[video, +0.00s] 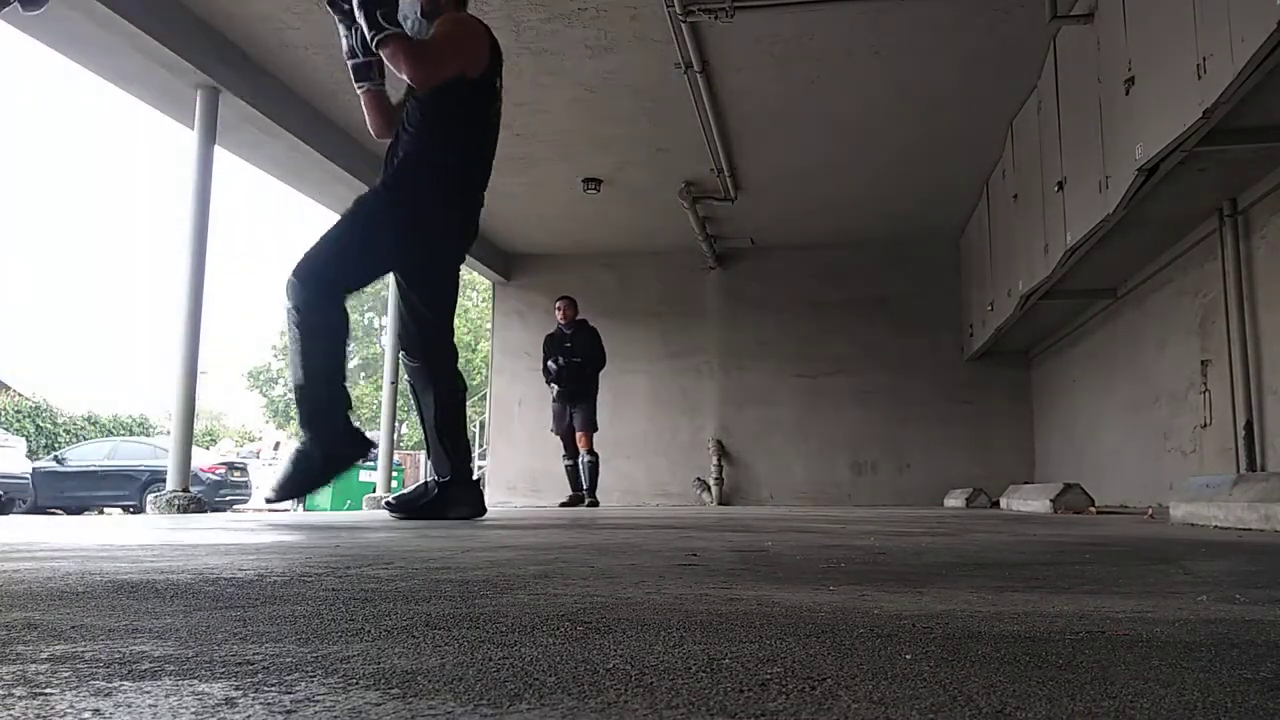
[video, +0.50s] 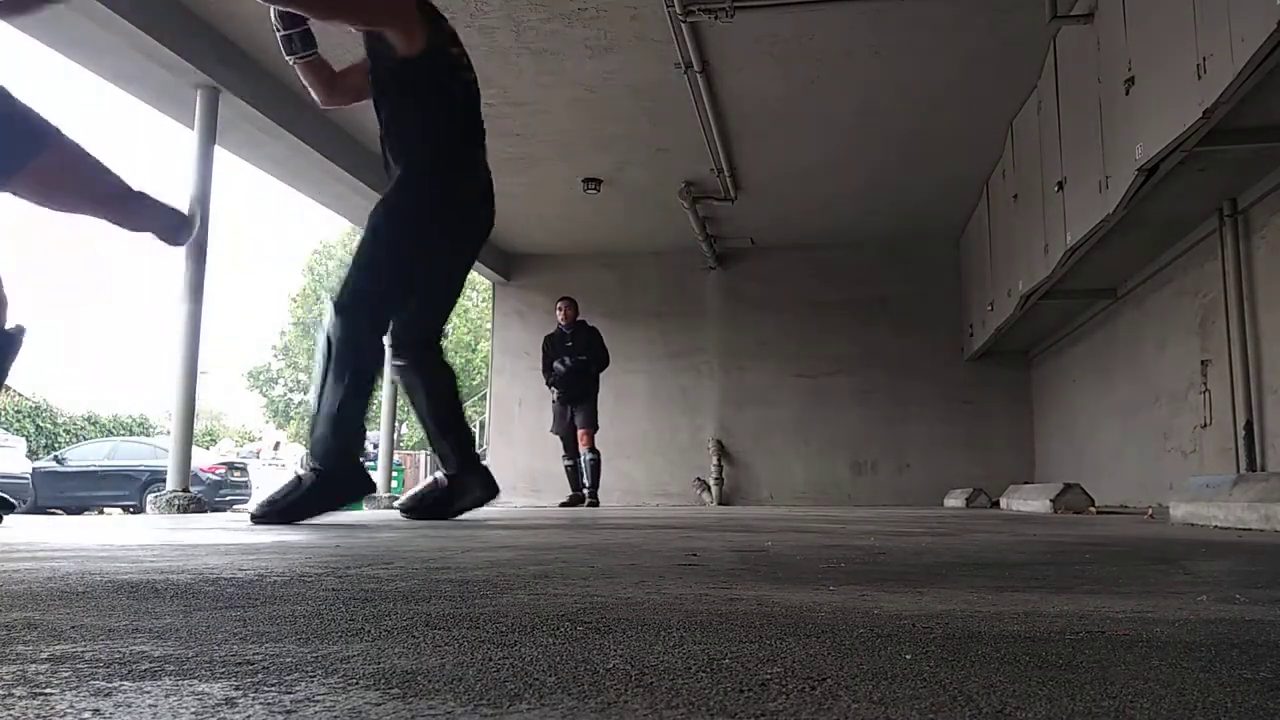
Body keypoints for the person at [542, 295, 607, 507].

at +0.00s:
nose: (562, 313)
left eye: (566, 309)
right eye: (558, 309)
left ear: (575, 311)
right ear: (555, 313)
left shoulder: (588, 332)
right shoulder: (551, 339)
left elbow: (600, 360)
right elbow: (547, 371)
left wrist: (580, 370)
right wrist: (552, 375)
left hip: (584, 395)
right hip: (561, 397)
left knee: (583, 440)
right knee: (568, 443)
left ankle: (590, 493)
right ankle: (576, 492)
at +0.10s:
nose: (562, 313)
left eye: (566, 309)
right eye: (558, 309)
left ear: (575, 311)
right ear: (554, 313)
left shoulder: (588, 333)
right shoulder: (550, 340)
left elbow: (599, 361)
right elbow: (546, 372)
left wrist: (578, 368)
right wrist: (553, 376)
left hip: (584, 395)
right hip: (560, 398)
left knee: (583, 440)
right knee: (567, 443)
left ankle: (590, 493)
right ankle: (576, 492)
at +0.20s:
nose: (562, 312)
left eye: (567, 308)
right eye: (559, 309)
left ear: (575, 311)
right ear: (555, 313)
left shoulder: (588, 333)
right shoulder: (550, 340)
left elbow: (600, 360)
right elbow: (546, 369)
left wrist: (581, 373)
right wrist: (552, 383)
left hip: (583, 395)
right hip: (560, 398)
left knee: (583, 439)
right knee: (567, 443)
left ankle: (590, 493)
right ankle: (576, 492)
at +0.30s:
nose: (563, 313)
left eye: (567, 309)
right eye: (560, 309)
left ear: (576, 312)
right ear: (555, 314)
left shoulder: (589, 333)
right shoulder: (550, 340)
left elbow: (601, 360)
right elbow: (546, 368)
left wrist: (582, 371)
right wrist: (552, 384)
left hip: (583, 396)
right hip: (560, 398)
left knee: (584, 440)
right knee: (567, 444)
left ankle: (590, 493)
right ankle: (576, 492)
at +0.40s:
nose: (563, 313)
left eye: (567, 309)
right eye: (560, 309)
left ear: (576, 312)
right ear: (555, 314)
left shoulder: (589, 333)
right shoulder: (550, 340)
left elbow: (602, 360)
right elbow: (546, 368)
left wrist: (585, 372)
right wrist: (553, 384)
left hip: (584, 396)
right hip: (561, 398)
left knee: (584, 439)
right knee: (567, 443)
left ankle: (590, 493)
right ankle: (576, 492)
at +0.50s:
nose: (563, 313)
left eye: (568, 309)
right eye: (560, 309)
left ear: (576, 312)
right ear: (555, 314)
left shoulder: (589, 333)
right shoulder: (550, 340)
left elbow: (603, 360)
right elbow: (547, 369)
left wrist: (580, 364)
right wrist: (554, 382)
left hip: (585, 396)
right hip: (562, 399)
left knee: (585, 439)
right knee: (568, 444)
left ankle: (591, 492)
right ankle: (576, 492)